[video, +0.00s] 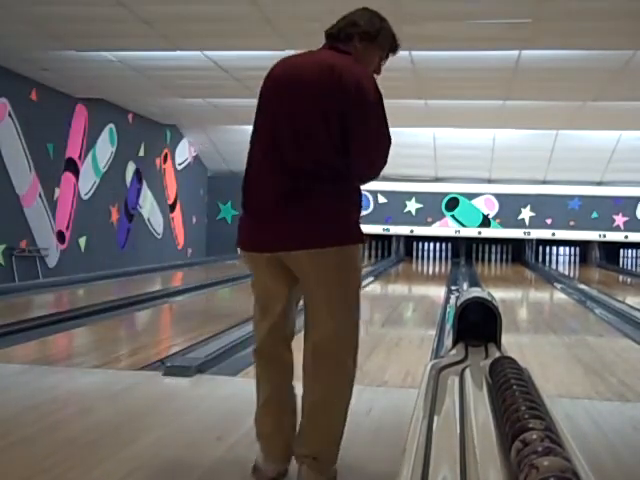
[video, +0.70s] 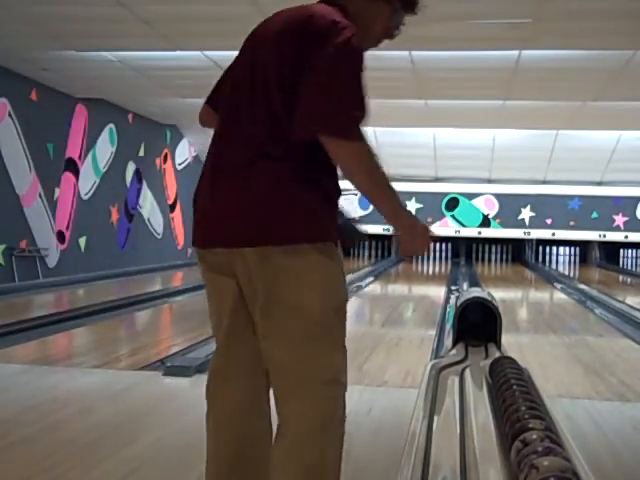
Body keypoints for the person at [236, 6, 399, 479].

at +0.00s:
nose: (378, 71)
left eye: (383, 62)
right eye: (380, 60)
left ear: (337, 39)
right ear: (360, 43)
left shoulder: (282, 69)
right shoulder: (358, 81)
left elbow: (266, 147)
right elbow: (372, 160)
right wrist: (326, 177)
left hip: (260, 226)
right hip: (324, 231)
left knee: (270, 339)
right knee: (332, 345)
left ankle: (272, 457)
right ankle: (316, 462)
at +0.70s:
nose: (393, 35)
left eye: (400, 24)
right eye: (398, 18)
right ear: (375, 2)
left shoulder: (274, 27)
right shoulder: (335, 34)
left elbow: (212, 111)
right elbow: (338, 133)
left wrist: (287, 146)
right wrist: (401, 217)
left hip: (218, 225)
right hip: (288, 229)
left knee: (236, 383)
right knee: (310, 393)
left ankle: (232, 475)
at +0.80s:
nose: (414, 38)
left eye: (421, 27)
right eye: (416, 21)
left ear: (376, 2)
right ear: (386, 6)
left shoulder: (287, 26)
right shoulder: (352, 44)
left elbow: (214, 101)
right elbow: (386, 169)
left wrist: (285, 143)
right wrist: (444, 258)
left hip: (214, 227)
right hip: (286, 233)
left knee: (233, 382)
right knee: (310, 396)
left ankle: (231, 475)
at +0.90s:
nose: (436, 65)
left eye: (444, 52)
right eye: (439, 45)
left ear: (391, 13)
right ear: (411, 21)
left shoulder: (307, 29)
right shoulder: (384, 65)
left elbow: (218, 94)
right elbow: (429, 197)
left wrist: (279, 147)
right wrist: (481, 299)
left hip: (209, 235)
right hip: (289, 243)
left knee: (224, 400)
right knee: (307, 410)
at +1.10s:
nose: (478, 123)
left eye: (488, 115)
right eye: (485, 110)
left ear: (442, 58)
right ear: (466, 75)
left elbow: (240, 77)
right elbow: (474, 248)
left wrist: (272, 165)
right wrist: (522, 371)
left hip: (192, 215)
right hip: (285, 235)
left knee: (208, 397)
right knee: (317, 417)